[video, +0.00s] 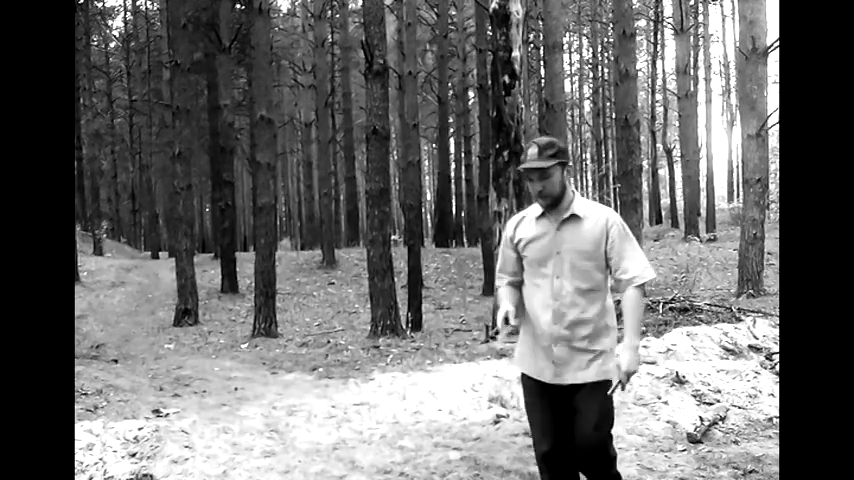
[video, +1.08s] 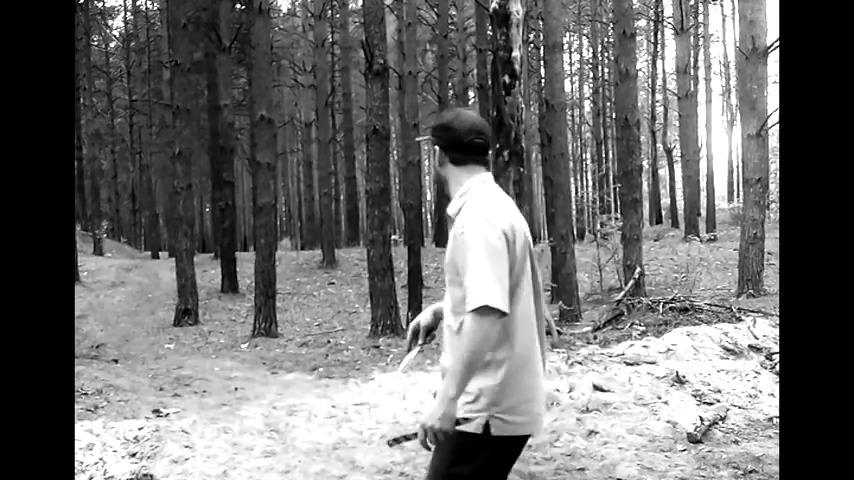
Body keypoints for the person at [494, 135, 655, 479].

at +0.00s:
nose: (537, 187)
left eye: (544, 177)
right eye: (530, 179)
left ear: (565, 171)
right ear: (523, 180)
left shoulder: (604, 222)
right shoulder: (518, 228)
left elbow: (632, 284)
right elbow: (507, 279)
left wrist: (630, 346)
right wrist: (507, 303)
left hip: (591, 365)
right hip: (537, 366)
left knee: (592, 454)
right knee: (550, 460)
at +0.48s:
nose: (495, 174)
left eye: (504, 161)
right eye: (493, 163)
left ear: (537, 158)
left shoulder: (585, 218)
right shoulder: (503, 223)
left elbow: (617, 297)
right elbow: (495, 293)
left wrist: (620, 383)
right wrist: (453, 310)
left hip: (576, 399)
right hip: (516, 396)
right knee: (506, 475)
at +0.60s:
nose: (484, 167)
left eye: (491, 154)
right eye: (482, 157)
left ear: (524, 151)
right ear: (520, 153)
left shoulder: (570, 211)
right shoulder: (496, 220)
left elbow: (598, 292)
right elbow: (492, 287)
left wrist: (588, 376)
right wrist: (444, 301)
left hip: (568, 392)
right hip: (508, 386)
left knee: (576, 475)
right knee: (485, 470)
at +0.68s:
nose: (470, 169)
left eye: (478, 156)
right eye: (469, 159)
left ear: (510, 153)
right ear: (505, 156)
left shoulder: (555, 211)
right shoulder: (489, 224)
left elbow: (576, 293)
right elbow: (490, 291)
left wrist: (544, 371)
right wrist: (437, 302)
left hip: (561, 398)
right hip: (501, 395)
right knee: (477, 475)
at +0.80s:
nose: (456, 173)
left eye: (462, 161)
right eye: (455, 164)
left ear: (492, 159)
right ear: (489, 161)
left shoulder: (538, 217)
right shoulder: (482, 231)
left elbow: (549, 301)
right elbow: (491, 302)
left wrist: (504, 370)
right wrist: (433, 314)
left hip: (543, 413)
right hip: (490, 407)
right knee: (477, 472)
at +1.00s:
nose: (431, 164)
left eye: (434, 153)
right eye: (432, 153)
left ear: (449, 157)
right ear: (484, 157)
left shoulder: (498, 217)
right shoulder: (486, 213)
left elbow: (503, 314)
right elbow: (484, 306)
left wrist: (454, 391)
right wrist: (432, 318)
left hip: (498, 414)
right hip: (485, 409)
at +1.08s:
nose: (430, 160)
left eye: (431, 150)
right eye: (431, 149)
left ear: (440, 155)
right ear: (485, 154)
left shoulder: (479, 217)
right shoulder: (497, 206)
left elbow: (487, 316)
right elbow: (492, 288)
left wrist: (445, 401)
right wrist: (439, 311)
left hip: (485, 412)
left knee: (443, 473)